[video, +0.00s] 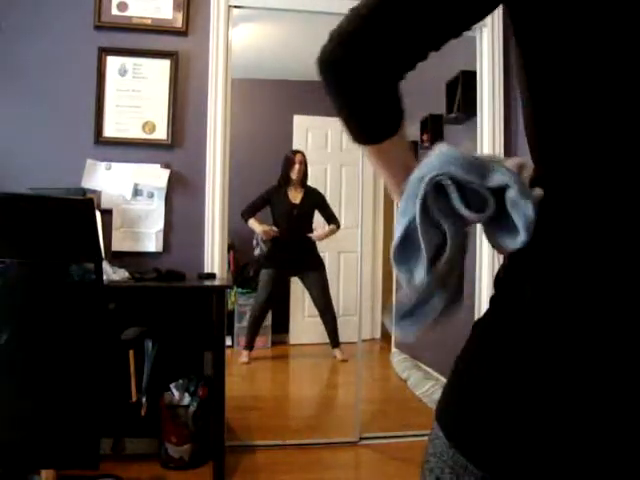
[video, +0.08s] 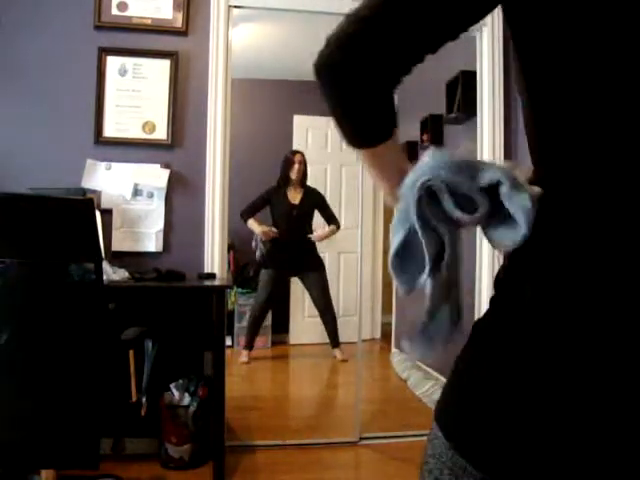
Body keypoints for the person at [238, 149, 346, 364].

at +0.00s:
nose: (298, 167)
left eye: (301, 164)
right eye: (294, 163)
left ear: (306, 168)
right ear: (286, 166)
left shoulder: (313, 195)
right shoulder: (275, 193)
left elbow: (335, 224)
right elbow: (246, 214)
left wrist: (320, 235)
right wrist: (260, 228)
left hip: (305, 252)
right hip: (277, 252)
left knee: (323, 301)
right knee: (262, 301)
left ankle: (336, 347)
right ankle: (247, 348)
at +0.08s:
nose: (298, 167)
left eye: (301, 164)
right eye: (294, 163)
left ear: (306, 168)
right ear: (286, 166)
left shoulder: (313, 195)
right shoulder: (275, 193)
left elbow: (335, 224)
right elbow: (246, 214)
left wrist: (323, 234)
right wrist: (259, 229)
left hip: (305, 253)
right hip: (277, 253)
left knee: (323, 301)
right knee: (262, 302)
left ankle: (336, 347)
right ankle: (247, 348)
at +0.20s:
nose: (296, 168)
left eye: (300, 165)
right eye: (293, 164)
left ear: (304, 169)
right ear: (285, 167)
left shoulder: (313, 196)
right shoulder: (274, 194)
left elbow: (334, 226)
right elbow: (247, 219)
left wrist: (330, 236)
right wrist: (257, 231)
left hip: (305, 255)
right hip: (277, 255)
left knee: (323, 302)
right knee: (262, 301)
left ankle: (336, 347)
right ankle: (247, 348)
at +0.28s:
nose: (296, 169)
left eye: (299, 166)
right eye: (292, 165)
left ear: (304, 170)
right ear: (285, 169)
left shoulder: (313, 197)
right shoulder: (274, 196)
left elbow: (335, 225)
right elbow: (249, 220)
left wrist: (318, 233)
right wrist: (266, 231)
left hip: (305, 255)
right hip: (278, 256)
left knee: (324, 301)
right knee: (262, 302)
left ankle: (336, 347)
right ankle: (247, 348)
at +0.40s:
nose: (296, 171)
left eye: (300, 167)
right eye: (293, 167)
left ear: (304, 171)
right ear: (286, 171)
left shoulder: (314, 198)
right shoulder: (275, 197)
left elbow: (335, 226)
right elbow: (251, 223)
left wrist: (316, 233)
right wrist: (271, 233)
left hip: (307, 256)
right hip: (278, 256)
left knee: (324, 300)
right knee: (261, 300)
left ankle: (336, 347)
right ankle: (247, 348)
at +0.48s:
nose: (297, 171)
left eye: (301, 167)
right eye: (293, 167)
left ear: (305, 171)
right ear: (286, 171)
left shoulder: (314, 198)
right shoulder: (276, 197)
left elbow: (335, 226)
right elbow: (251, 223)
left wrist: (315, 233)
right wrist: (272, 234)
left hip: (307, 256)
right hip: (278, 257)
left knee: (325, 300)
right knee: (262, 299)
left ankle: (336, 347)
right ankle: (247, 348)